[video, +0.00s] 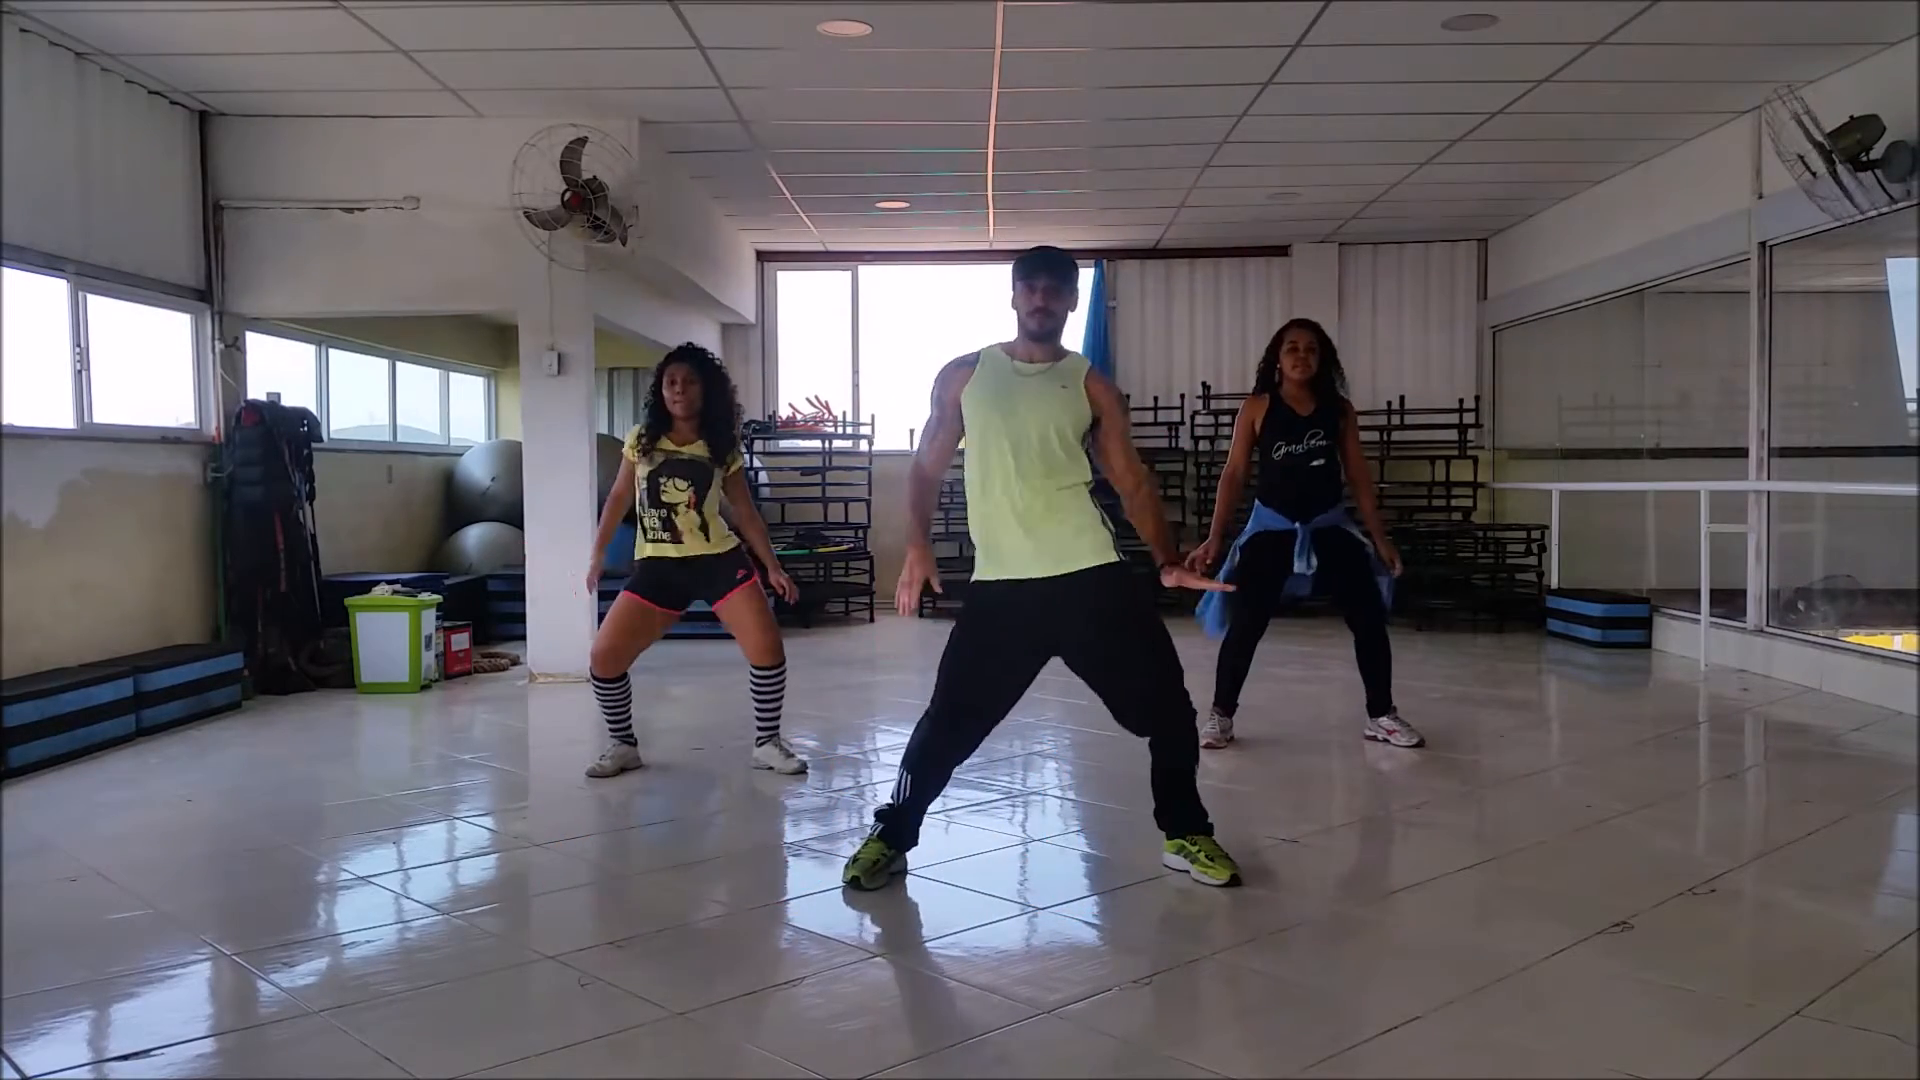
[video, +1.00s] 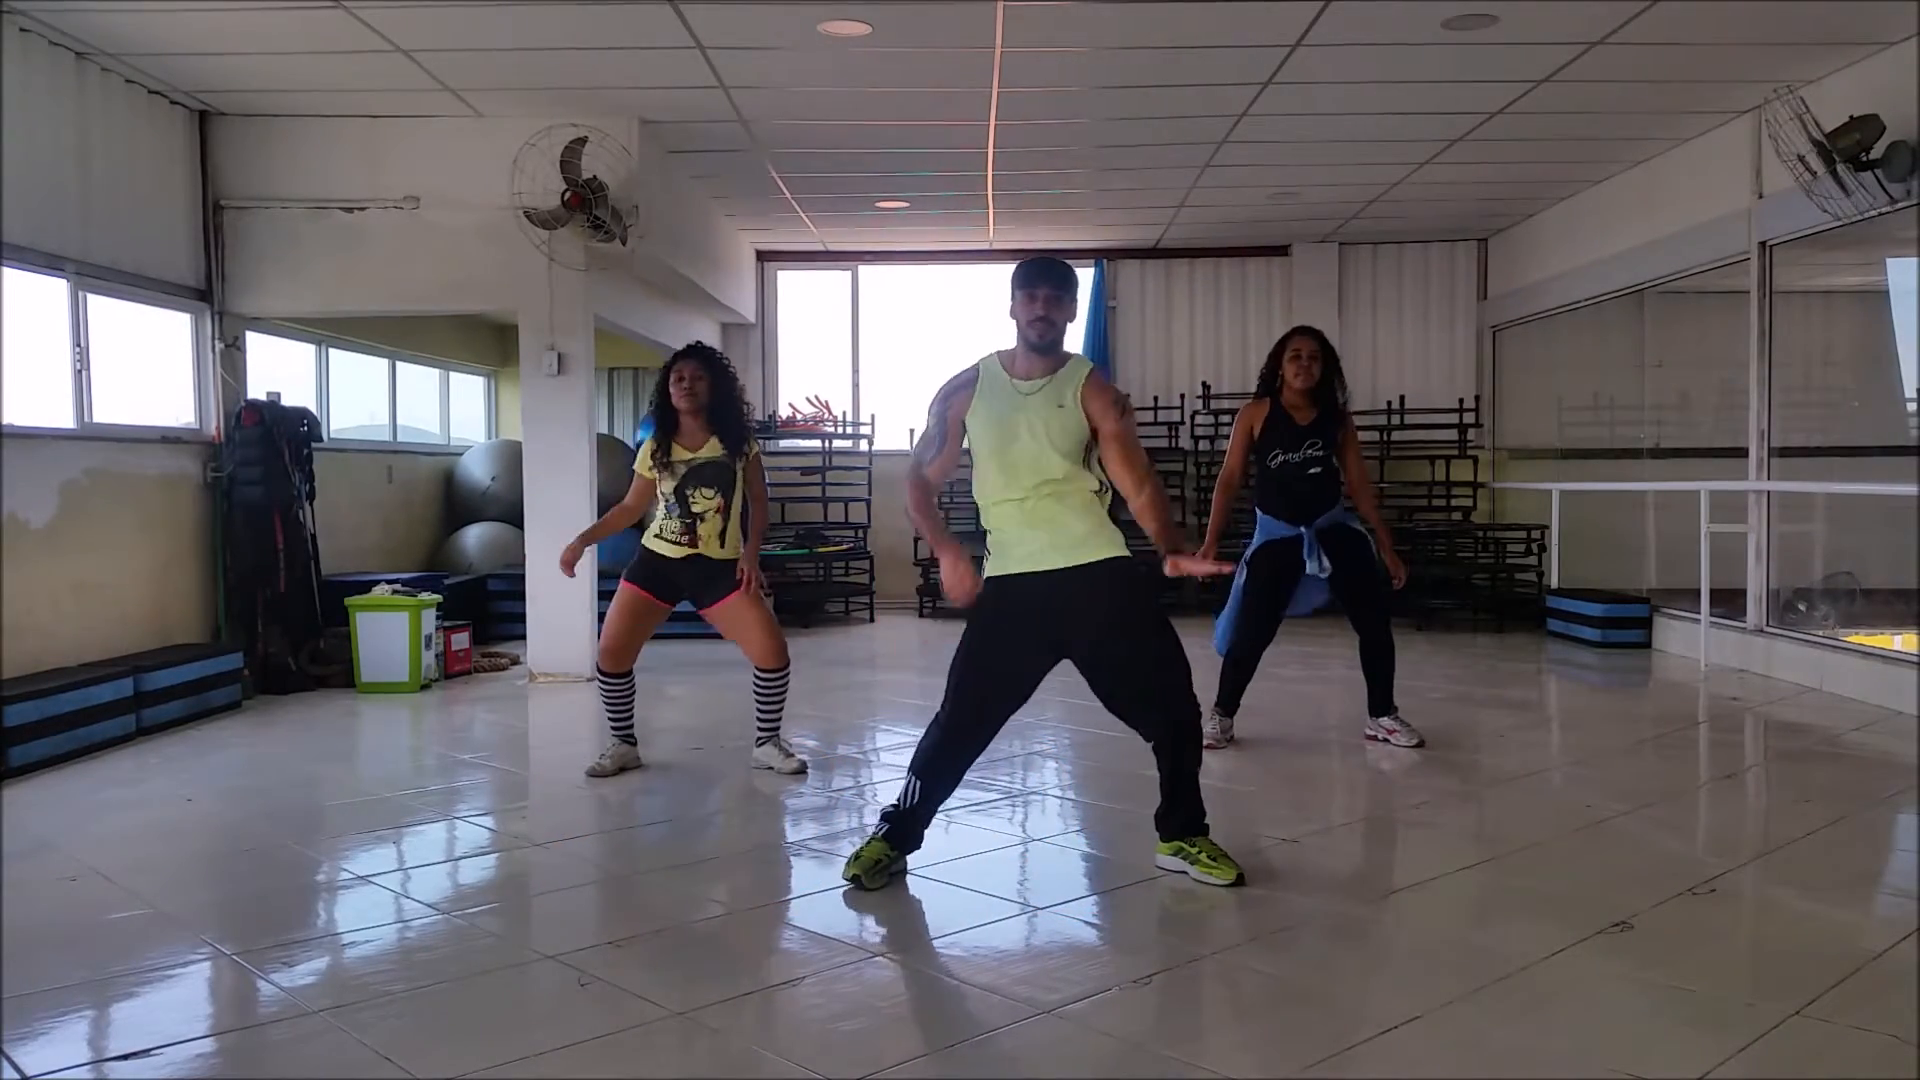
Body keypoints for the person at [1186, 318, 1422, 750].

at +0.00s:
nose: (1301, 356)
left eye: (1310, 350)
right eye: (1292, 349)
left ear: (1321, 359)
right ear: (1276, 357)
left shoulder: (1339, 411)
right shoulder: (1256, 408)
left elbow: (1360, 478)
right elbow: (1232, 475)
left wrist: (1380, 538)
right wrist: (1214, 538)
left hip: (1331, 530)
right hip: (1271, 531)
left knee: (1369, 617)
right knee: (1248, 621)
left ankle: (1382, 716)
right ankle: (1221, 716)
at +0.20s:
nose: (1303, 361)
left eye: (1312, 355)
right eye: (1294, 355)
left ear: (1323, 365)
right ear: (1279, 364)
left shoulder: (1340, 418)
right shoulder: (1257, 414)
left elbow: (1359, 484)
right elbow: (1232, 480)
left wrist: (1379, 545)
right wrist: (1214, 543)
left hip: (1332, 531)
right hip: (1274, 532)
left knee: (1369, 617)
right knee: (1249, 622)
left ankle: (1382, 717)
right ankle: (1221, 717)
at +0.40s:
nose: (1300, 359)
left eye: (1309, 352)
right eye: (1290, 352)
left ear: (1321, 361)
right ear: (1275, 362)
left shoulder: (1343, 412)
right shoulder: (1260, 414)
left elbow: (1358, 480)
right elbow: (1237, 484)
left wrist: (1369, 538)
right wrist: (1217, 549)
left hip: (1327, 534)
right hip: (1270, 532)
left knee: (1370, 620)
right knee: (1249, 623)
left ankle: (1382, 718)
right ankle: (1221, 717)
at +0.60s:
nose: (1299, 358)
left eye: (1308, 351)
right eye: (1290, 351)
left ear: (1321, 360)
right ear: (1275, 361)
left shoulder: (1342, 411)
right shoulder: (1259, 414)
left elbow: (1364, 480)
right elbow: (1237, 484)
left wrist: (1386, 538)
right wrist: (1220, 547)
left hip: (1329, 534)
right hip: (1271, 532)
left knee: (1373, 621)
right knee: (1249, 621)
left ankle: (1382, 717)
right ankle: (1221, 716)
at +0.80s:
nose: (1302, 361)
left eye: (1311, 354)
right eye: (1293, 353)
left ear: (1322, 363)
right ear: (1277, 362)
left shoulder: (1340, 414)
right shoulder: (1256, 414)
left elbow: (1364, 481)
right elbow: (1231, 483)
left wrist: (1390, 541)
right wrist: (1215, 543)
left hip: (1332, 532)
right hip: (1274, 533)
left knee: (1373, 616)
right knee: (1250, 623)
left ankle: (1382, 717)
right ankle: (1221, 717)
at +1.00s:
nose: (1304, 364)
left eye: (1313, 357)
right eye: (1295, 356)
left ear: (1324, 368)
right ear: (1279, 365)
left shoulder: (1337, 419)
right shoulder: (1255, 414)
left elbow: (1360, 487)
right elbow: (1227, 482)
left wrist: (1387, 548)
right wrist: (1210, 542)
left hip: (1335, 530)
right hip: (1277, 533)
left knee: (1374, 613)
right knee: (1255, 624)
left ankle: (1382, 717)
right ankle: (1222, 716)